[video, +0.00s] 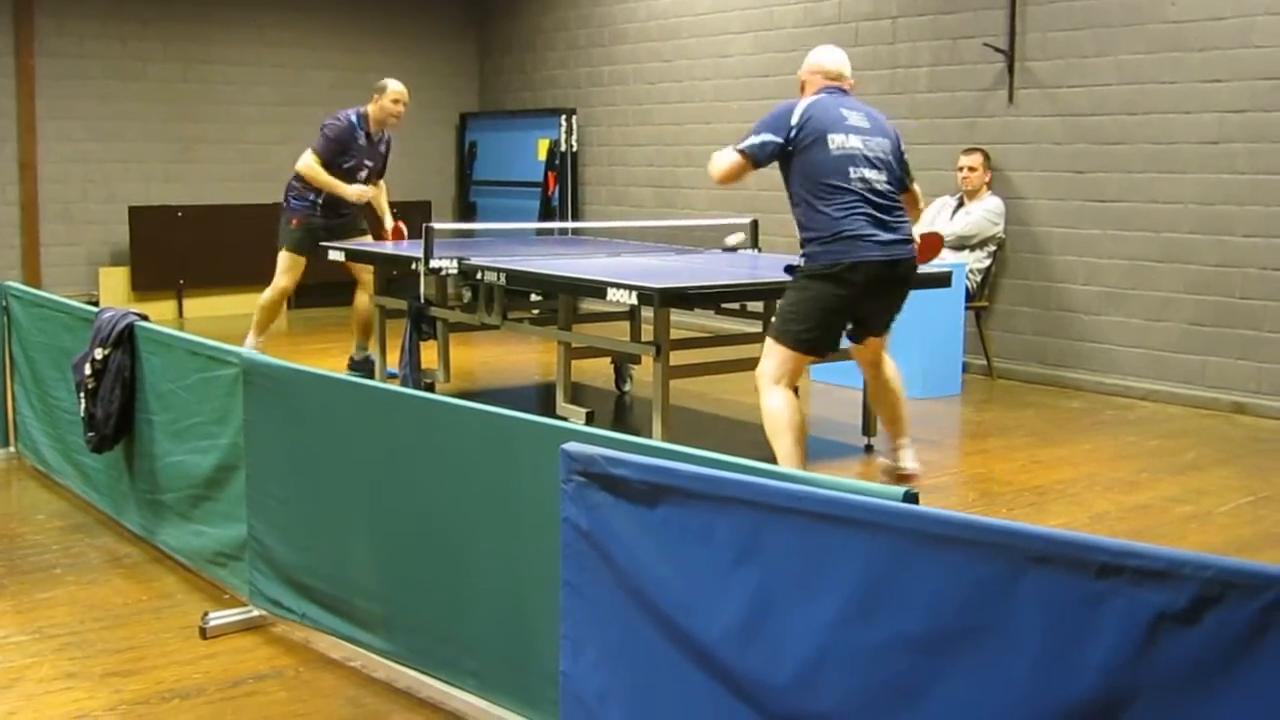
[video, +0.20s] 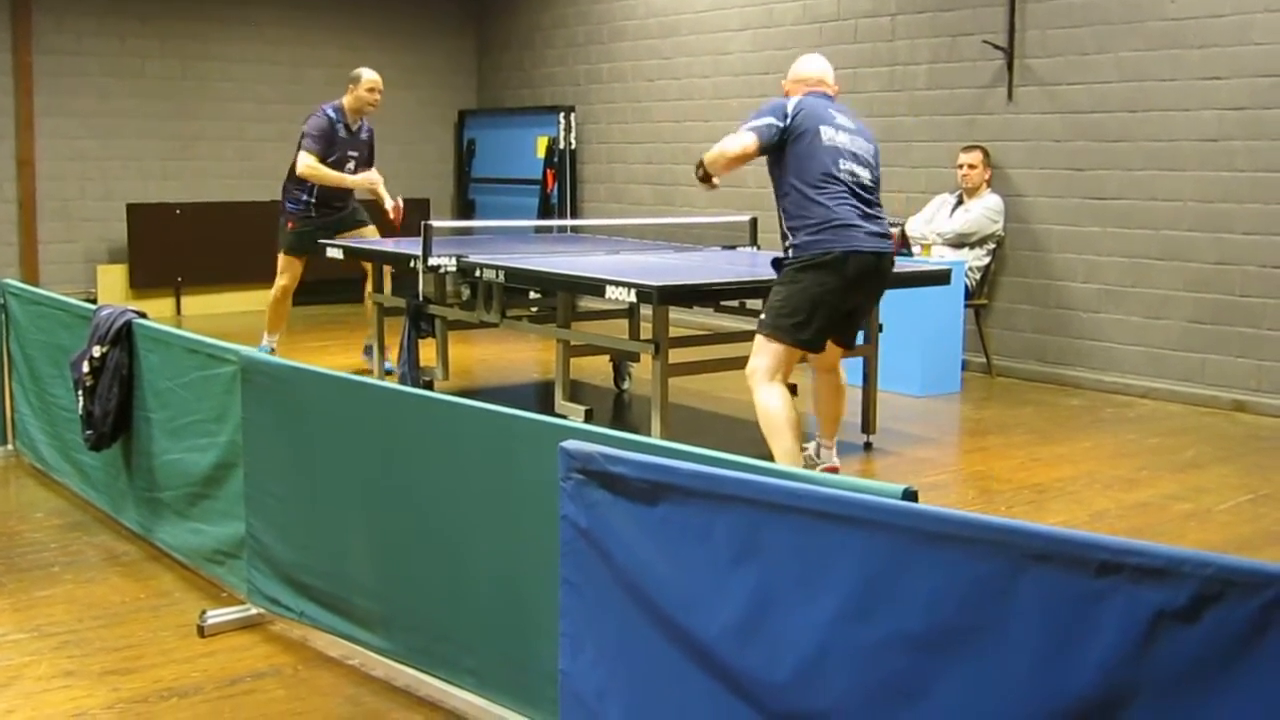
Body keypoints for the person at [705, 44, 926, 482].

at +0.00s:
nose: (800, 92)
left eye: (801, 84)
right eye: (801, 85)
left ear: (810, 81)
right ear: (849, 83)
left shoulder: (798, 113)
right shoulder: (881, 123)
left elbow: (724, 171)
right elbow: (912, 202)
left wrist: (727, 154)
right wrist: (898, 241)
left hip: (836, 258)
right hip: (897, 261)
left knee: (774, 377)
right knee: (871, 350)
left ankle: (792, 486)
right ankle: (903, 455)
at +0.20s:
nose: (785, 93)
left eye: (785, 87)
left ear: (788, 86)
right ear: (835, 89)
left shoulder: (789, 107)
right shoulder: (861, 131)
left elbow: (742, 147)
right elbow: (868, 200)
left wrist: (707, 168)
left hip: (824, 251)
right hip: (877, 254)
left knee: (764, 372)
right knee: (827, 362)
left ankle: (792, 483)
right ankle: (826, 454)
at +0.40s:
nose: (771, 114)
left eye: (772, 107)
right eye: (773, 109)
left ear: (778, 105)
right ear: (818, 111)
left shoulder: (783, 117)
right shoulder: (836, 141)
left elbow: (766, 147)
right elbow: (836, 200)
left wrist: (743, 199)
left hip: (821, 255)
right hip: (872, 258)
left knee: (752, 370)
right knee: (805, 352)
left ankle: (781, 478)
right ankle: (819, 447)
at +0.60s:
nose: (756, 113)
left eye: (757, 107)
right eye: (757, 108)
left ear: (762, 105)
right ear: (804, 103)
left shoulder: (768, 132)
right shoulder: (837, 141)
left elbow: (721, 173)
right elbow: (874, 216)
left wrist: (703, 235)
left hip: (821, 266)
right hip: (870, 266)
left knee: (760, 382)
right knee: (807, 357)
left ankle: (772, 488)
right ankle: (818, 450)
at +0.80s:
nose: (775, 81)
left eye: (775, 75)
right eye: (777, 75)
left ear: (781, 75)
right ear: (824, 74)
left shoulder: (773, 113)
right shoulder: (861, 121)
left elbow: (704, 161)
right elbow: (900, 199)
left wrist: (684, 202)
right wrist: (862, 215)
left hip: (814, 260)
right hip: (878, 258)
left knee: (757, 380)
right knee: (865, 355)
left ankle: (768, 486)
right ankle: (899, 450)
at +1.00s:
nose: (806, 66)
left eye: (807, 60)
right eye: (810, 60)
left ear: (814, 58)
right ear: (860, 62)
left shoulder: (808, 99)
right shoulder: (895, 109)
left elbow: (745, 173)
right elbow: (918, 191)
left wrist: (734, 189)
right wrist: (875, 209)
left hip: (845, 253)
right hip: (907, 253)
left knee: (788, 375)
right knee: (917, 377)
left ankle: (787, 491)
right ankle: (966, 479)